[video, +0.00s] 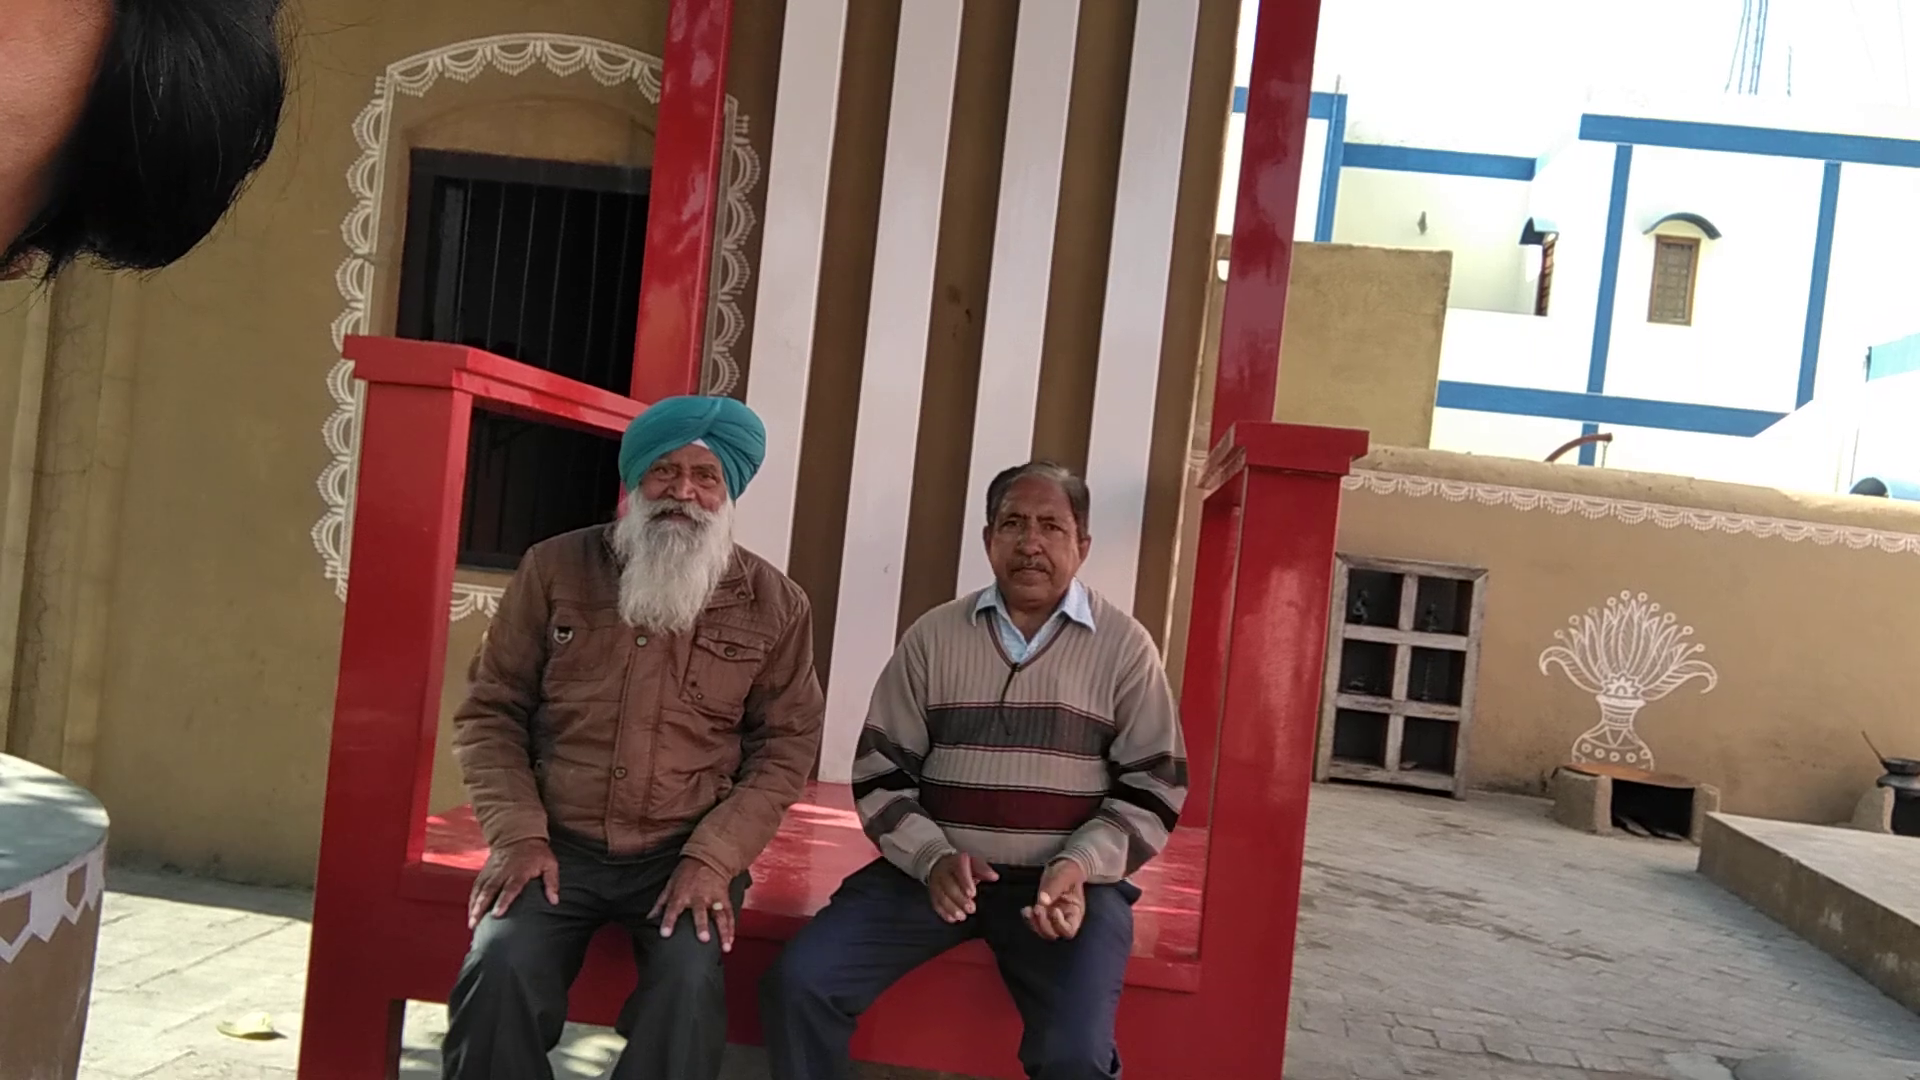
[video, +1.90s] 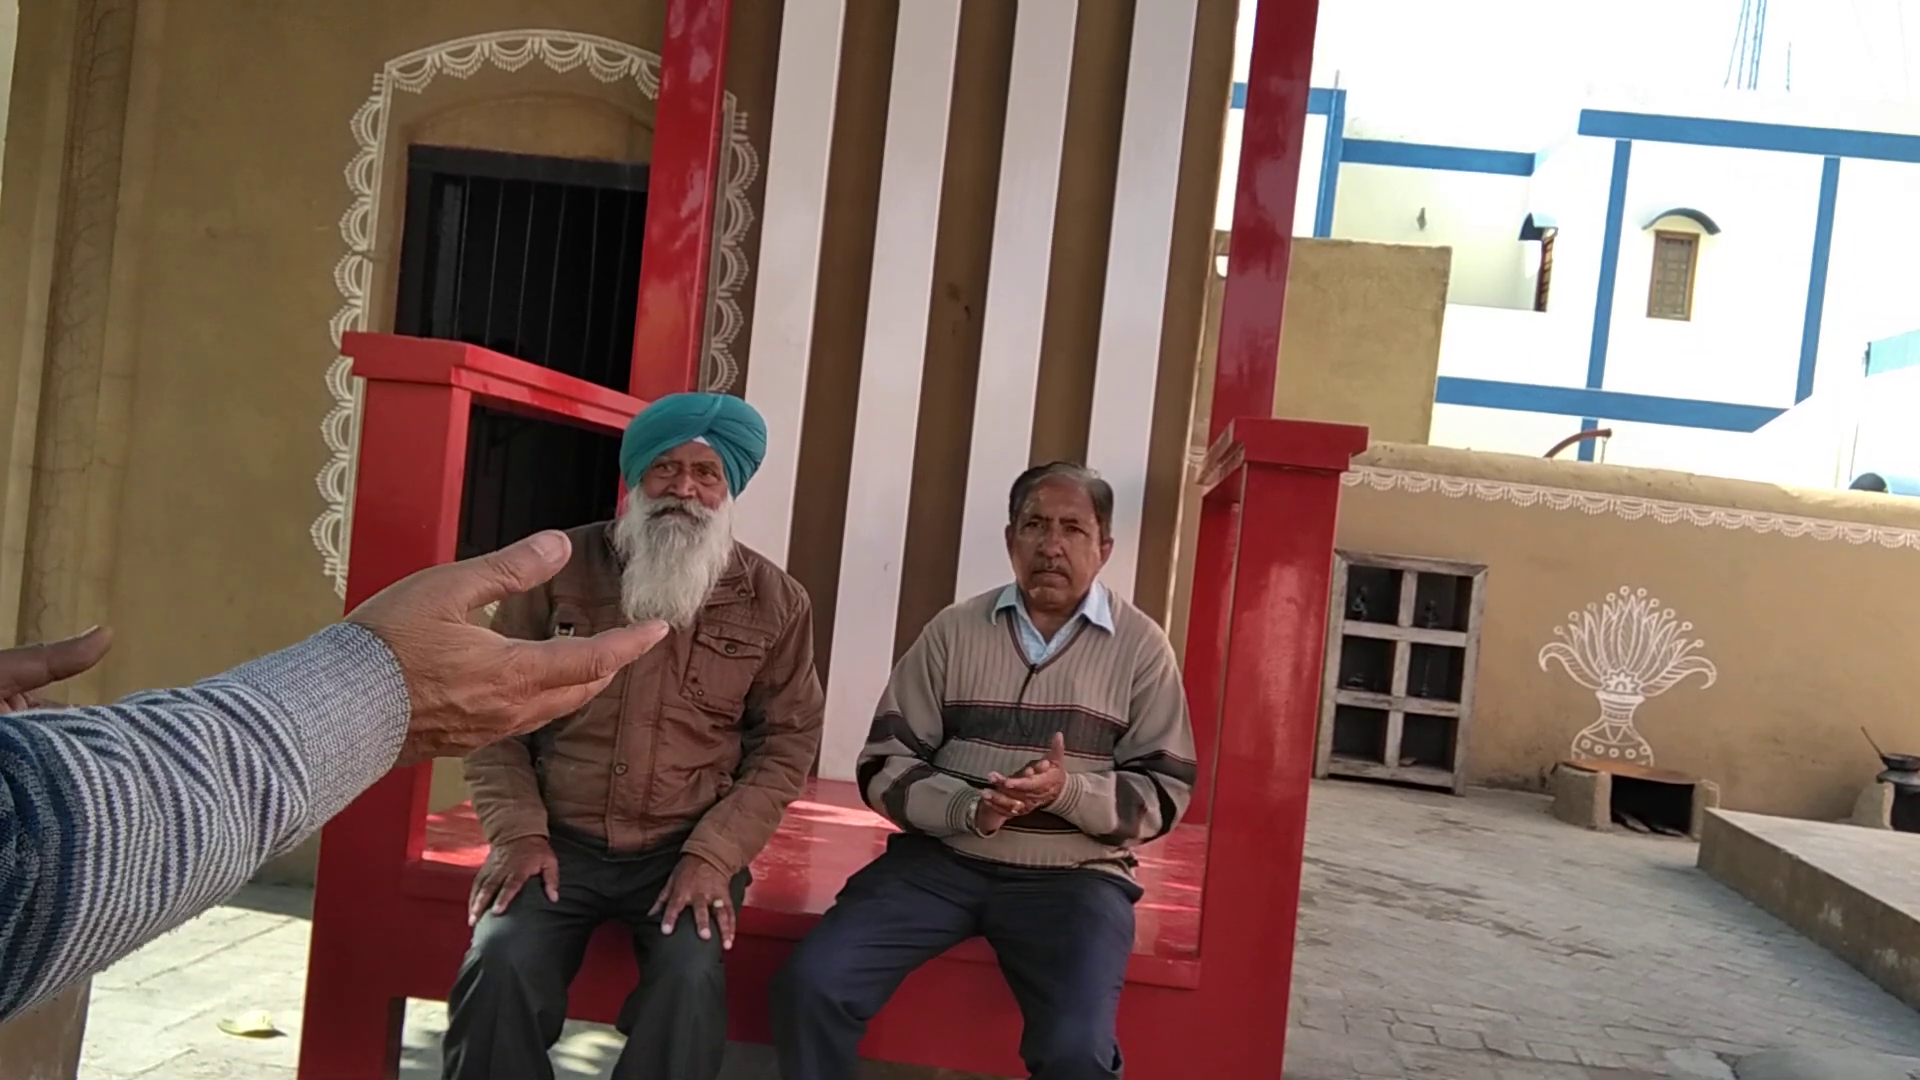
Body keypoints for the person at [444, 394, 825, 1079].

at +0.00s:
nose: (683, 490)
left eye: (706, 476)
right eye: (665, 471)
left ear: (730, 497)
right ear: (632, 486)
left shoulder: (774, 604)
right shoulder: (555, 569)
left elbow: (788, 749)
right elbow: (490, 709)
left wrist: (714, 856)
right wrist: (516, 831)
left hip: (685, 864)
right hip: (555, 853)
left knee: (690, 978)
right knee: (500, 966)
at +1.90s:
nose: (684, 487)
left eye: (707, 473)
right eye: (666, 468)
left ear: (730, 495)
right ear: (631, 484)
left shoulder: (774, 601)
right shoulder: (556, 566)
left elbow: (788, 747)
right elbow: (492, 713)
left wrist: (714, 853)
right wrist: (517, 829)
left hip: (685, 859)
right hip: (555, 847)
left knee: (691, 974)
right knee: (500, 962)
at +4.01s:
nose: (585, 430)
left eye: (610, 409)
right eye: (564, 407)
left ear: (650, 420)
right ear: (536, 414)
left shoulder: (718, 529)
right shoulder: (468, 503)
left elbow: (745, 697)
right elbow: (425, 667)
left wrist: (679, 851)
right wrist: (455, 827)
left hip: (646, 831)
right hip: (506, 823)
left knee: (636, 1018)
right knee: (454, 1005)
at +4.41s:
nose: (634, 308)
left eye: (661, 293)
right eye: (617, 286)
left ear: (699, 321)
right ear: (582, 298)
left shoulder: (747, 449)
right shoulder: (499, 407)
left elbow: (768, 633)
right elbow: (432, 584)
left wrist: (726, 792)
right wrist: (408, 744)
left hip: (652, 798)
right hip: (500, 784)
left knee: (627, 1029)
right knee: (460, 1024)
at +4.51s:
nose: (648, 298)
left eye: (675, 283)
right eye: (630, 275)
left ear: (711, 310)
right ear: (594, 288)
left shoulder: (757, 443)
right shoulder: (506, 397)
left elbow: (775, 632)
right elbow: (433, 568)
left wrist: (735, 788)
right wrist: (423, 743)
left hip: (655, 784)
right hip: (497, 760)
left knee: (628, 1025)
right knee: (457, 1013)